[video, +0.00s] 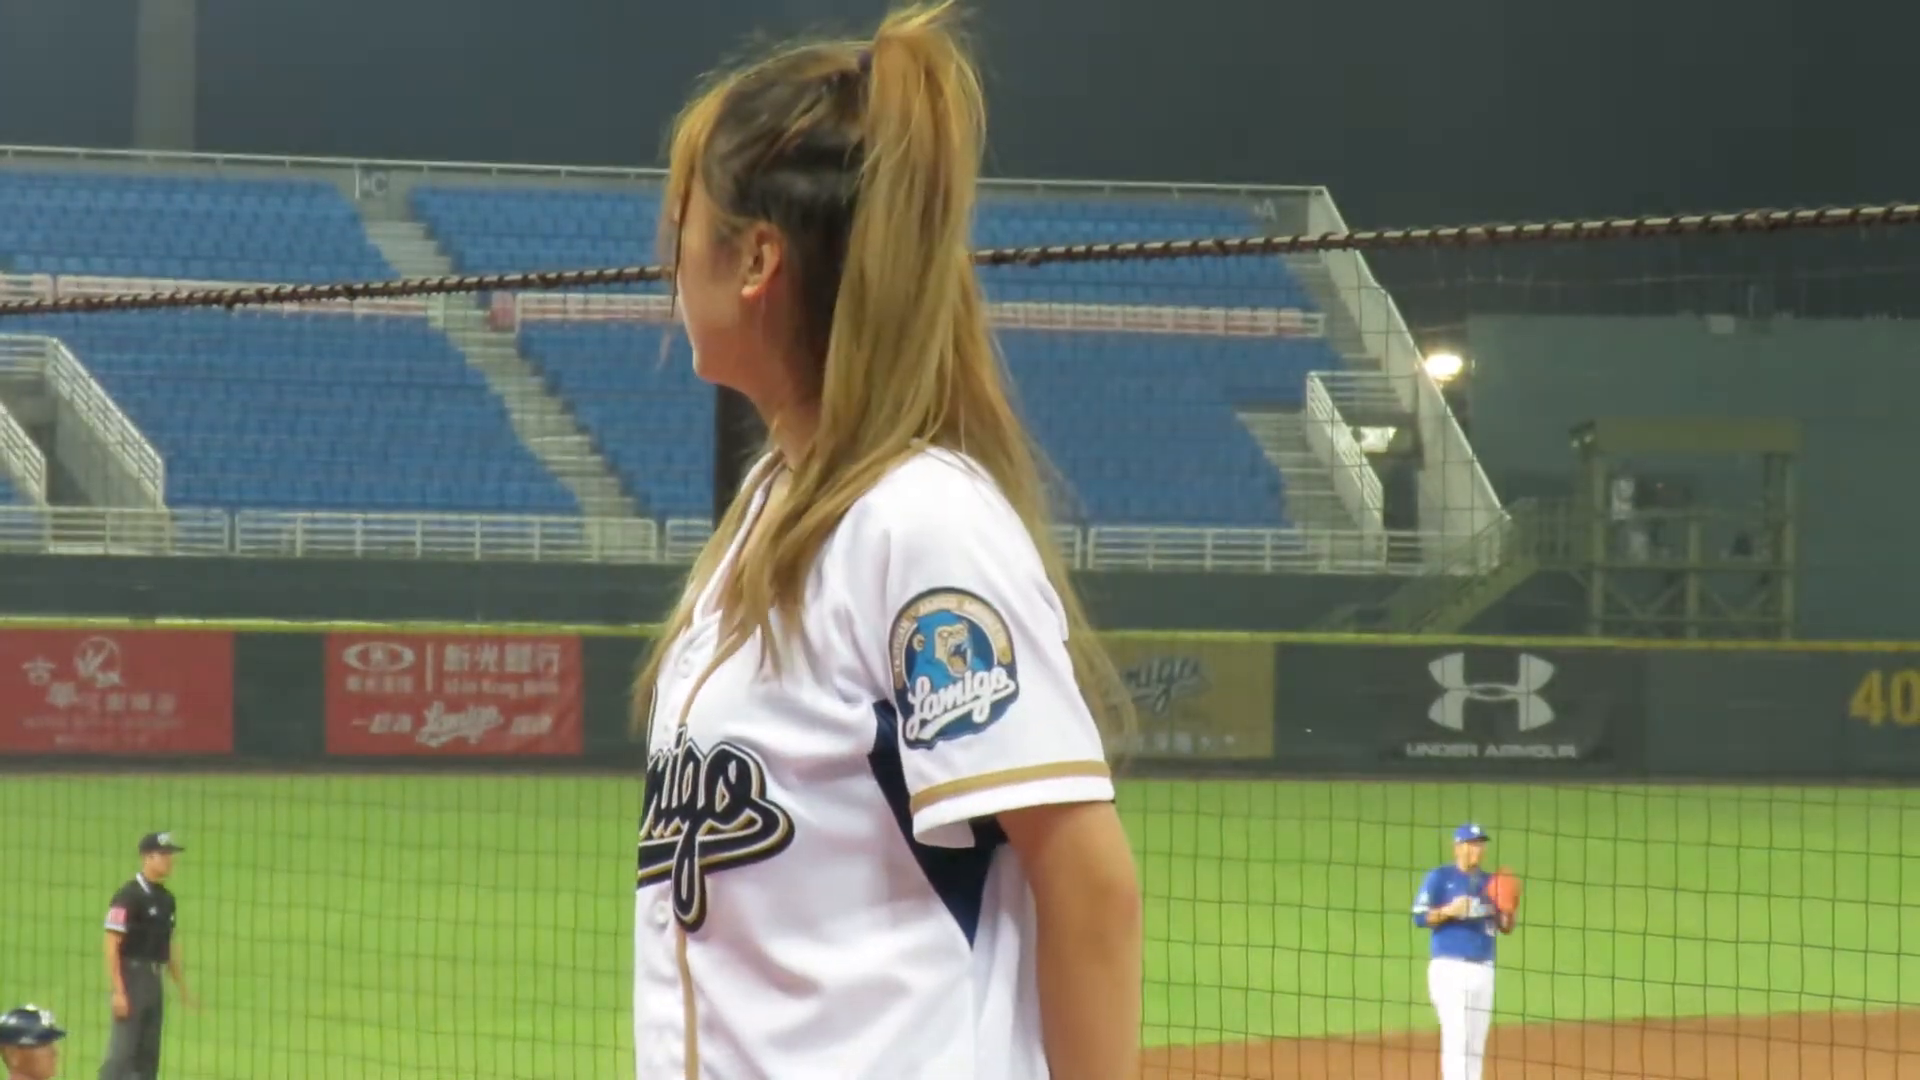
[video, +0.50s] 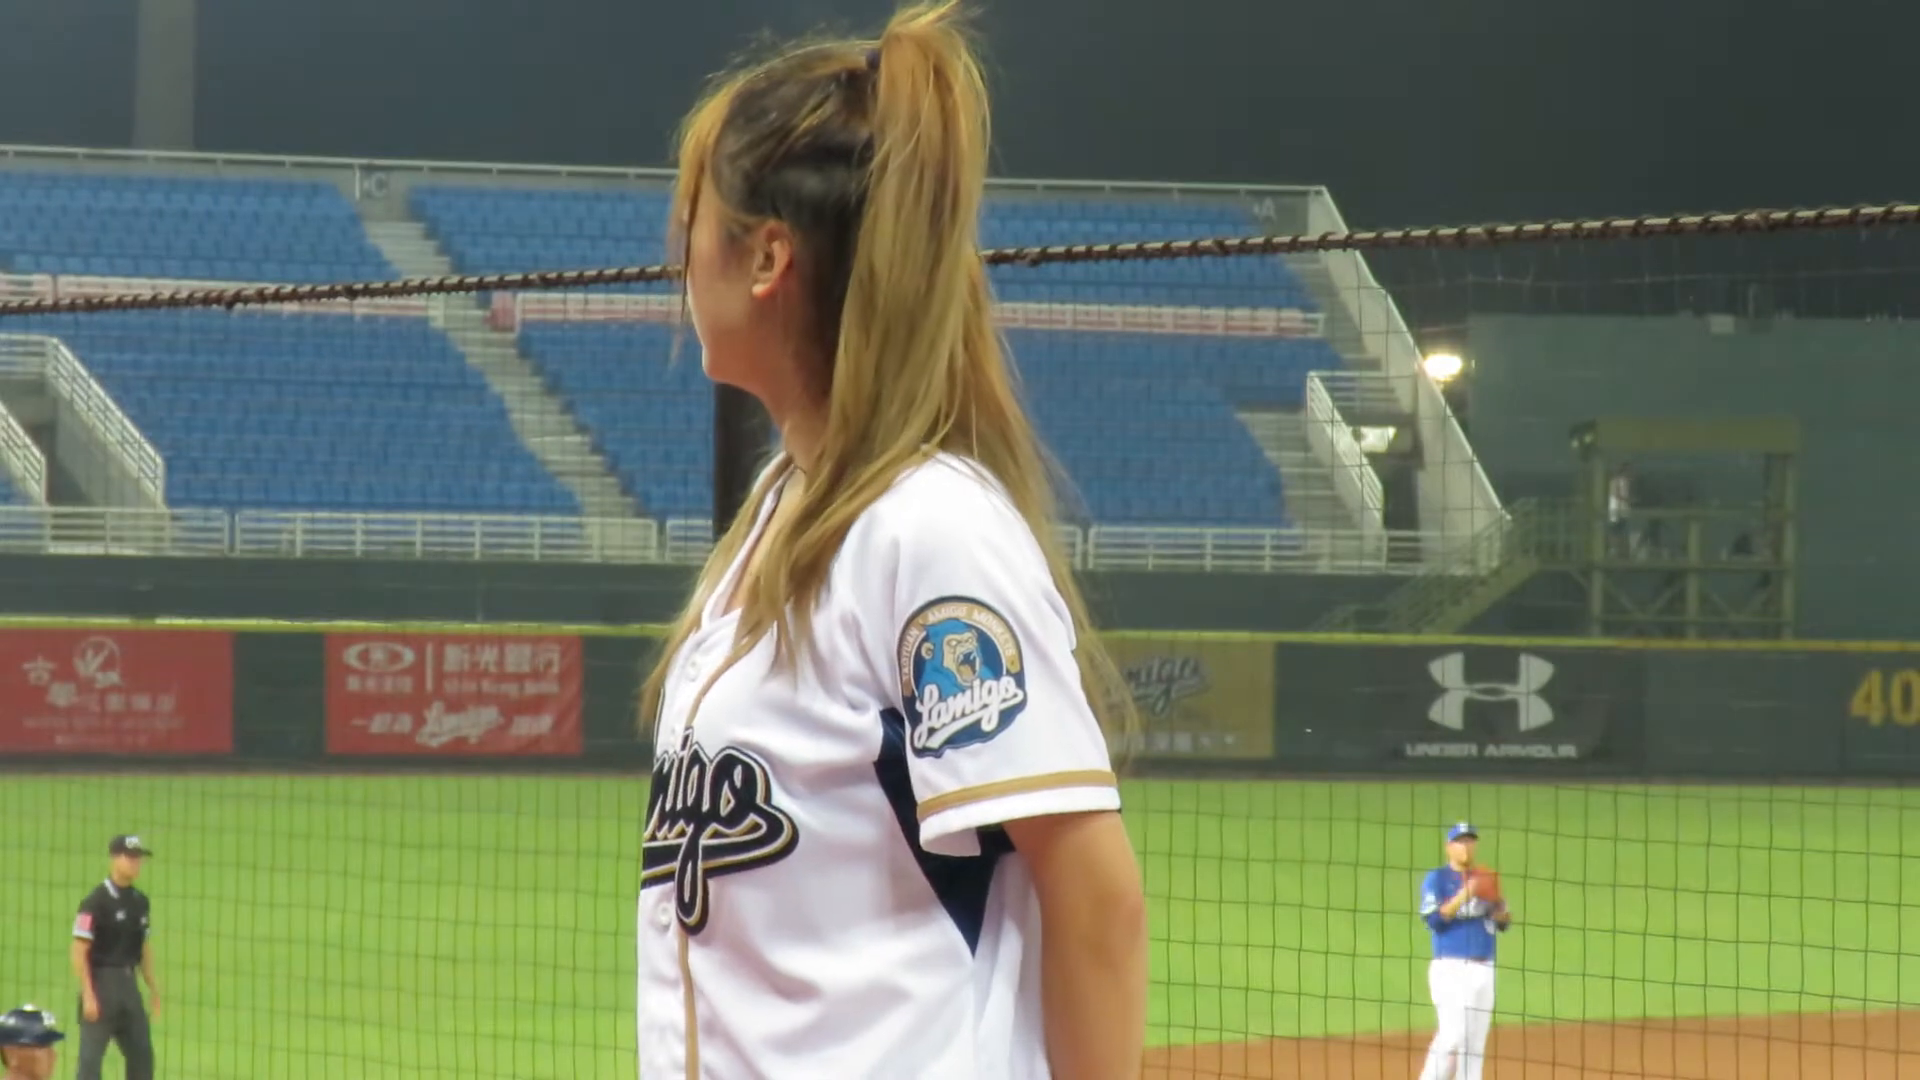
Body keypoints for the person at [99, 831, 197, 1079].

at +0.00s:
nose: (169, 861)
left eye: (170, 856)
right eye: (163, 855)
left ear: (169, 858)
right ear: (147, 857)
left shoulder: (166, 899)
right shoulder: (128, 895)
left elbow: (167, 948)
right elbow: (111, 945)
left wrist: (182, 987)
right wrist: (118, 991)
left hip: (154, 969)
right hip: (130, 967)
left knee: (149, 1045)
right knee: (125, 1045)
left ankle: (144, 1075)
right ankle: (114, 1074)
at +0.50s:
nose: (135, 864)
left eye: (138, 858)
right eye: (129, 857)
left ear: (140, 861)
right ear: (114, 858)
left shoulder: (140, 901)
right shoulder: (94, 902)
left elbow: (143, 948)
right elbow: (79, 951)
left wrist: (153, 989)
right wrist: (88, 995)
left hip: (127, 977)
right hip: (100, 976)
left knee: (141, 1055)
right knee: (90, 1059)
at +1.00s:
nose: (120, 865)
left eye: (123, 859)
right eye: (114, 859)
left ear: (127, 862)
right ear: (100, 860)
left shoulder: (126, 900)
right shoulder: (82, 903)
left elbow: (128, 949)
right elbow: (68, 952)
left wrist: (133, 991)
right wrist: (69, 996)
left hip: (117, 972)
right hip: (90, 973)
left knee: (128, 1053)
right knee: (86, 1053)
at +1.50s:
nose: (117, 865)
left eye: (120, 860)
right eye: (111, 859)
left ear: (123, 862)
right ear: (96, 860)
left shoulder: (122, 901)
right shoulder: (80, 903)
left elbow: (123, 949)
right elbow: (67, 954)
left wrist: (129, 988)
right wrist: (73, 998)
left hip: (114, 973)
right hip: (87, 973)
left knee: (126, 1054)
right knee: (83, 1055)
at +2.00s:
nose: (116, 865)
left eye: (119, 859)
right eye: (110, 859)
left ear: (122, 862)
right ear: (95, 860)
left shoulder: (121, 901)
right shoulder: (78, 903)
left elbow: (123, 952)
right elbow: (66, 954)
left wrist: (129, 990)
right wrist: (72, 1000)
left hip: (114, 973)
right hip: (87, 973)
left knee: (125, 1054)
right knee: (84, 1053)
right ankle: (81, 1074)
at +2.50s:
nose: (116, 866)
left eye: (118, 860)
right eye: (109, 860)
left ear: (121, 862)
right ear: (94, 861)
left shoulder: (119, 901)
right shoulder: (78, 903)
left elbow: (122, 952)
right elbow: (65, 954)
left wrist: (129, 990)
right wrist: (71, 999)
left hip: (113, 973)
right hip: (87, 973)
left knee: (125, 1054)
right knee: (84, 1053)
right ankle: (81, 1074)